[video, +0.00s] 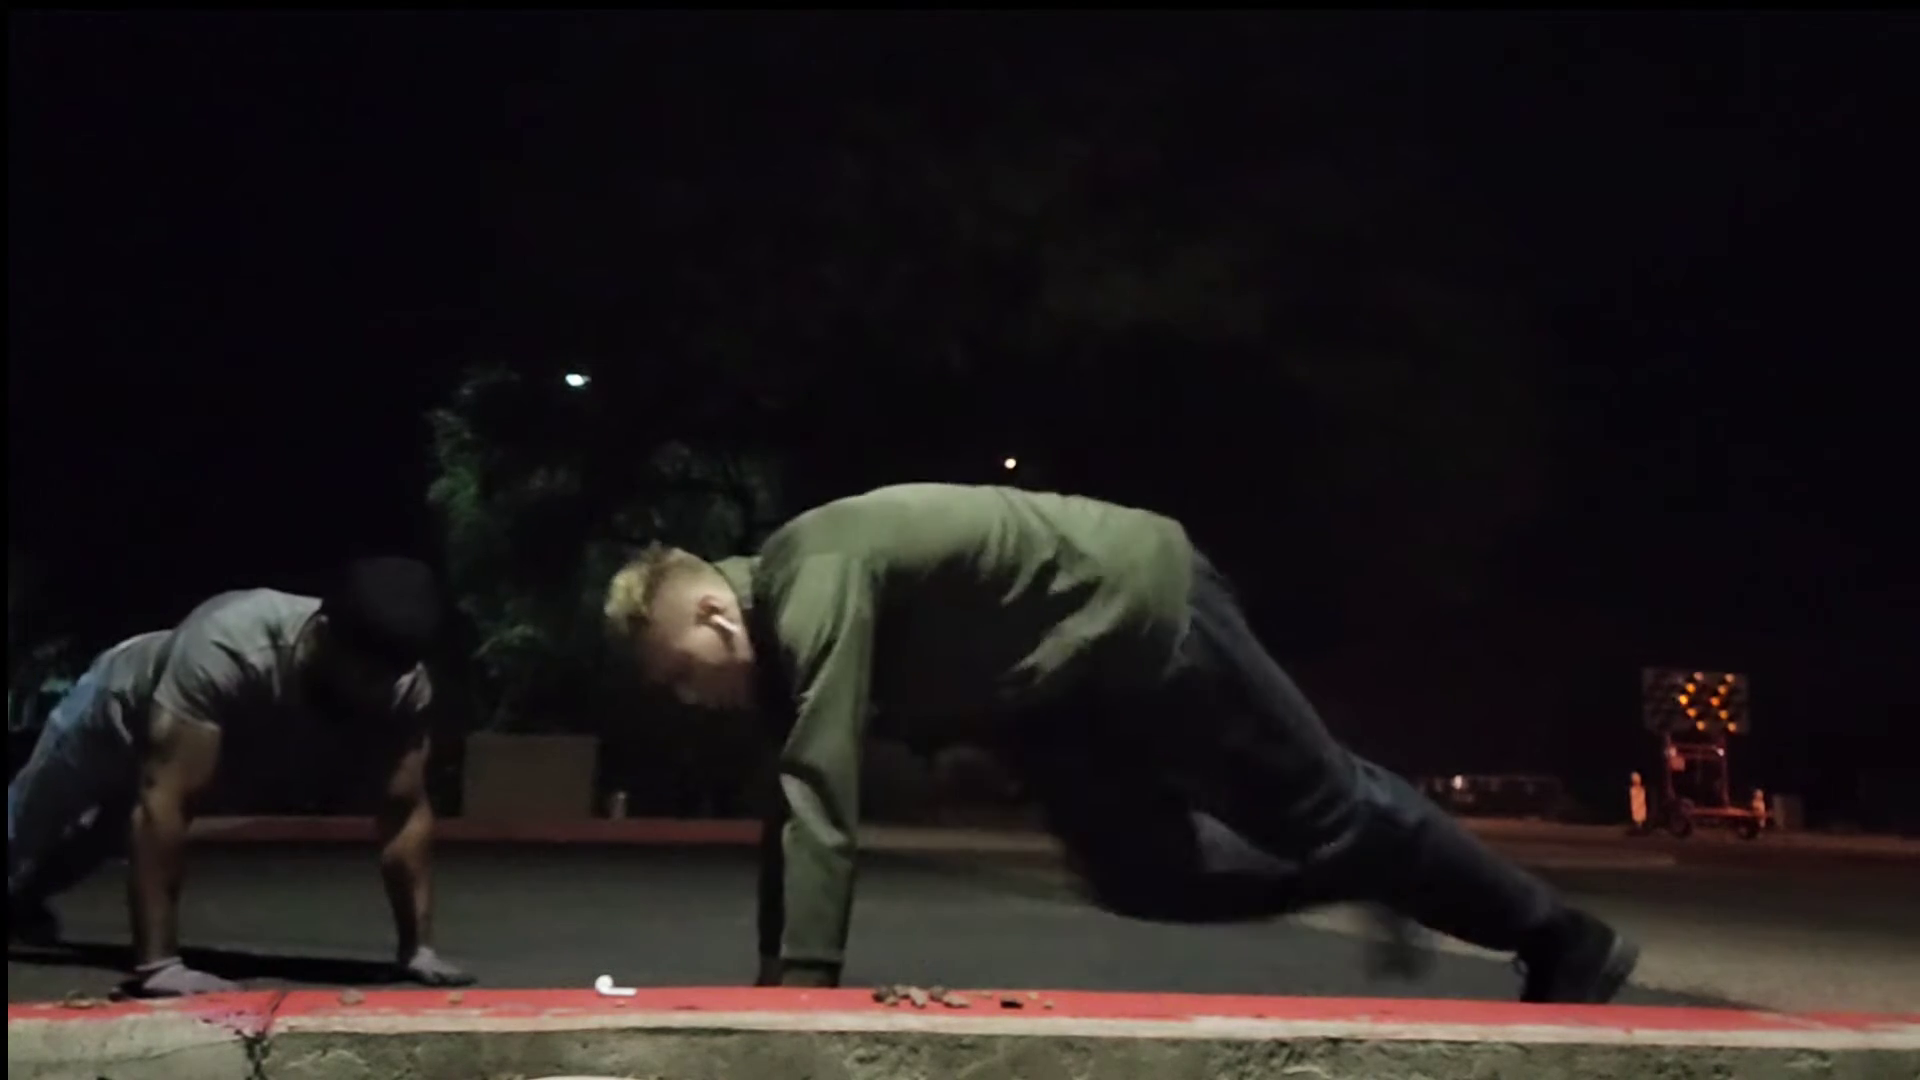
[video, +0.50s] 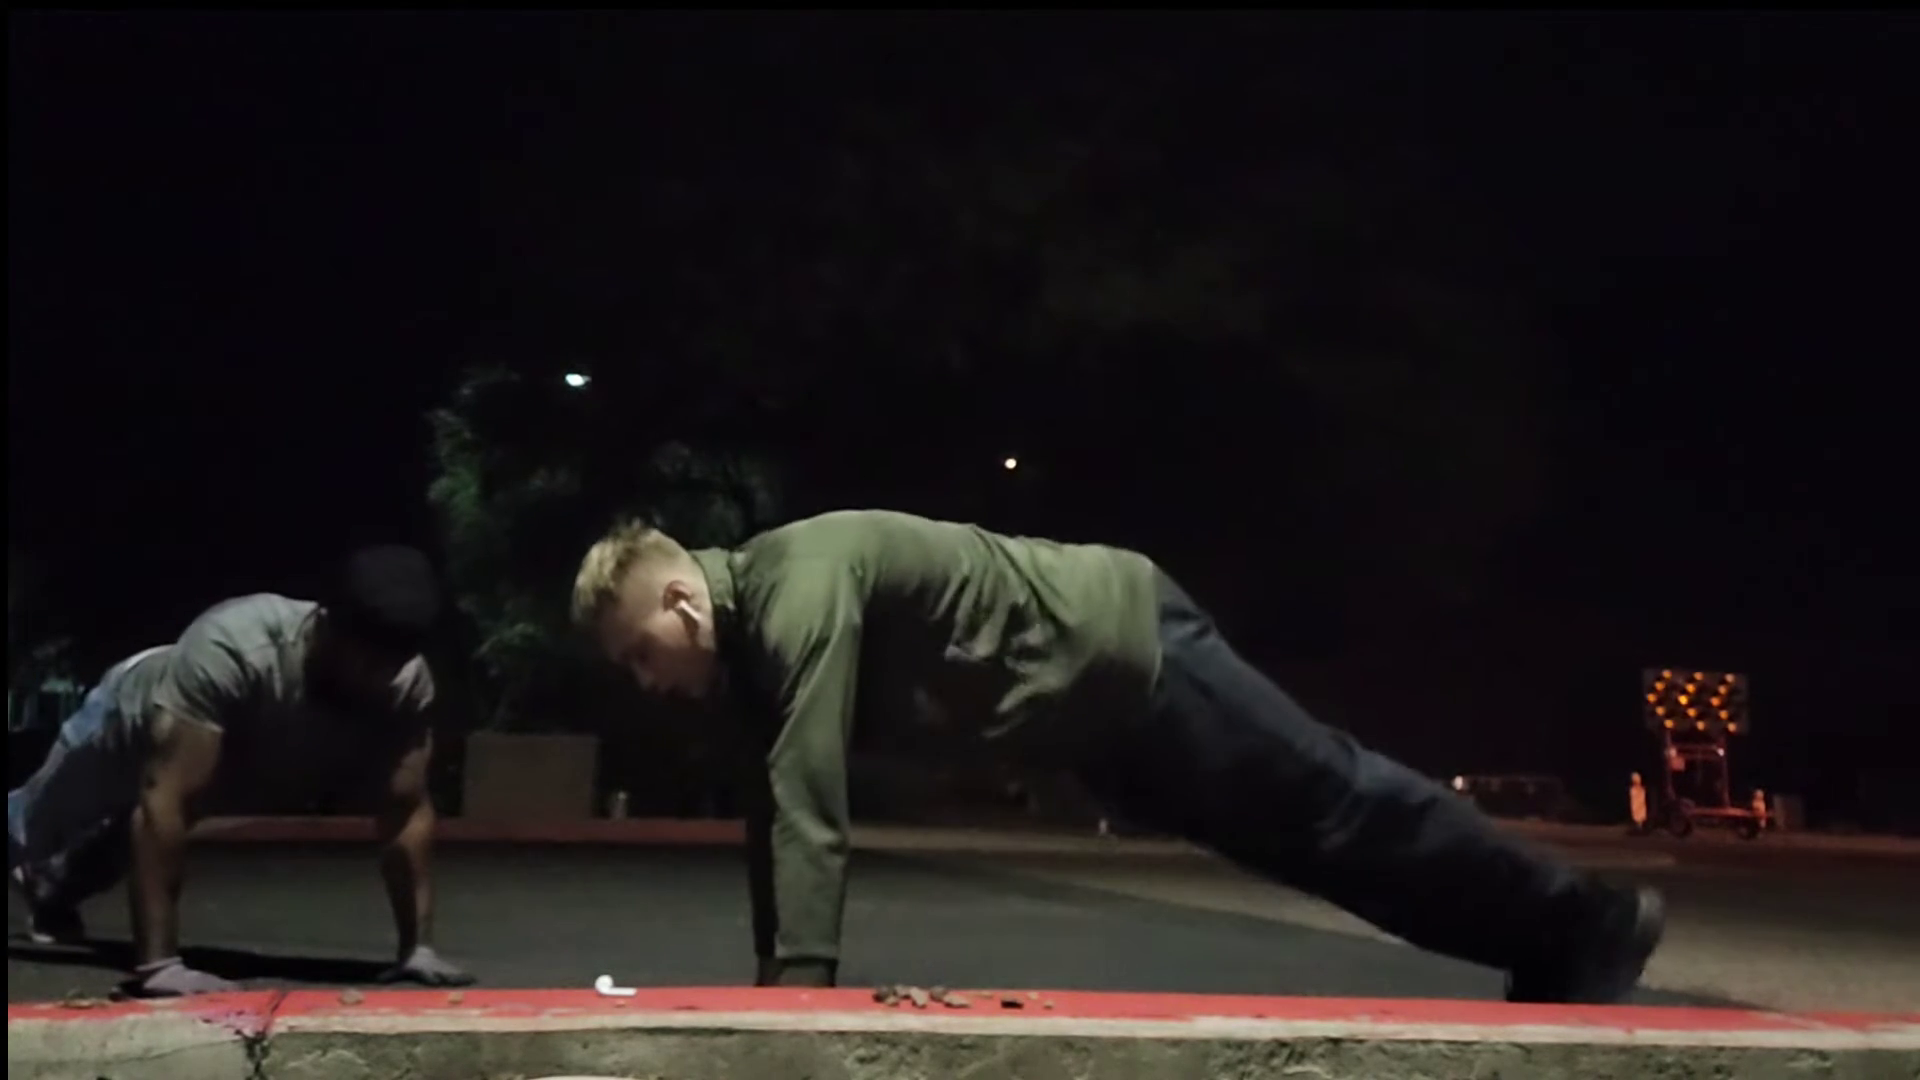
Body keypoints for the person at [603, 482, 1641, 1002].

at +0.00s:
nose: (712, 694)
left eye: (694, 670)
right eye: (688, 687)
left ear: (712, 609)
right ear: (701, 636)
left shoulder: (818, 575)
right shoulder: (777, 618)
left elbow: (821, 792)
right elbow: (794, 801)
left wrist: (801, 991)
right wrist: (781, 986)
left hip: (1147, 608)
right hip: (1061, 694)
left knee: (1332, 811)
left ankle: (1564, 940)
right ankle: (1372, 870)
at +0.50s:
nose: (656, 678)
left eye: (645, 651)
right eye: (637, 666)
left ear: (680, 592)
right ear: (668, 621)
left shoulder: (801, 578)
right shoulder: (759, 631)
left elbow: (806, 785)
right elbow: (775, 800)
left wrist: (805, 968)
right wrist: (784, 973)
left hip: (1129, 647)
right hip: (1095, 709)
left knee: (1339, 803)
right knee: (1306, 841)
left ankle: (1587, 926)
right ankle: (1539, 945)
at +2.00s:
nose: (593, 757)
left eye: (587, 729)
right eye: (574, 746)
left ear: (623, 675)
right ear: (598, 715)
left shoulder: (743, 677)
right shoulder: (721, 711)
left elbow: (852, 835)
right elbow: (827, 839)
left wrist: (796, 992)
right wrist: (790, 988)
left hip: (1099, 773)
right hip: (1084, 804)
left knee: (1351, 867)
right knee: (1338, 881)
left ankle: (1609, 948)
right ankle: (1582, 950)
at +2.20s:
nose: (551, 875)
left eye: (541, 844)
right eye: (526, 875)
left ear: (577, 791)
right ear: (537, 882)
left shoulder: (709, 798)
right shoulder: (677, 857)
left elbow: (862, 859)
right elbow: (827, 881)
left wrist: (785, 988)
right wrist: (808, 974)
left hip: (1061, 869)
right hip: (1040, 893)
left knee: (1323, 912)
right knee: (1305, 922)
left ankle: (1594, 942)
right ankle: (1559, 947)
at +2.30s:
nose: (569, 949)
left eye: (552, 929)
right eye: (543, 949)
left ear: (563, 873)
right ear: (534, 929)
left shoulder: (687, 846)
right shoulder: (647, 902)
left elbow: (857, 855)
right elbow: (827, 878)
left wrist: (794, 975)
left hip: (1047, 881)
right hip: (1027, 901)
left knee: (1314, 924)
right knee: (1298, 924)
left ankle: (1580, 944)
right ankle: (1557, 943)